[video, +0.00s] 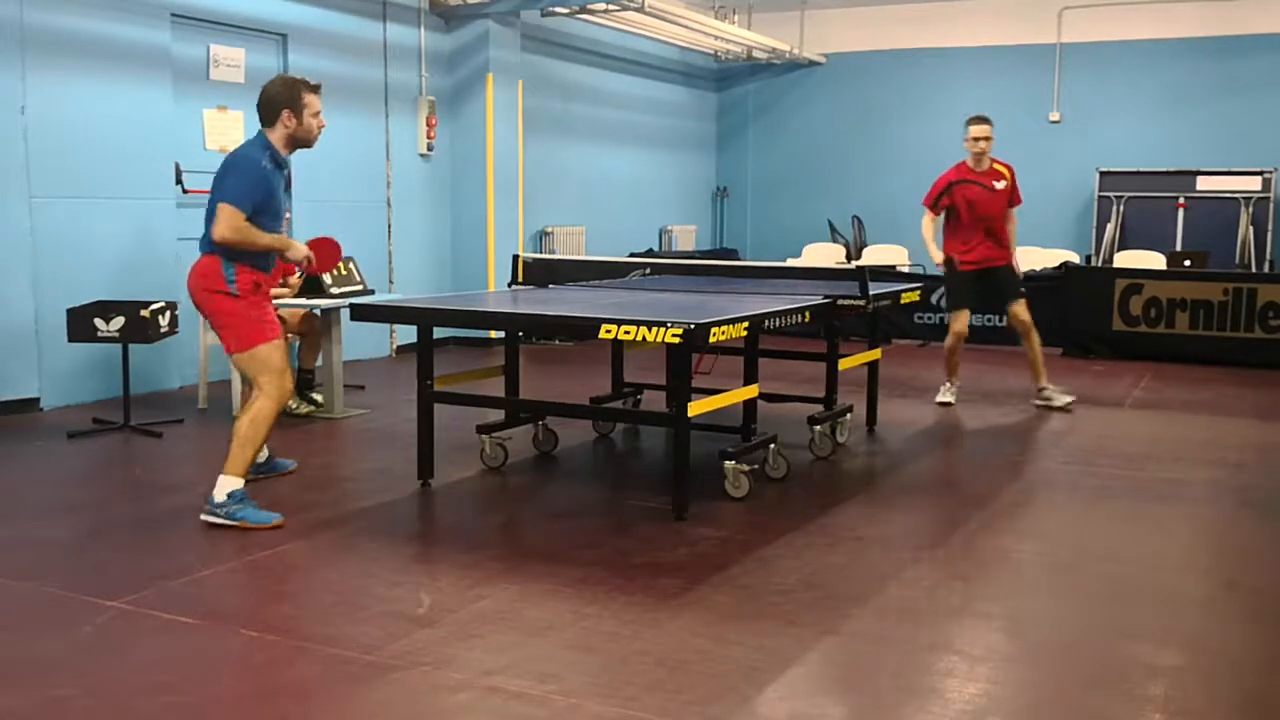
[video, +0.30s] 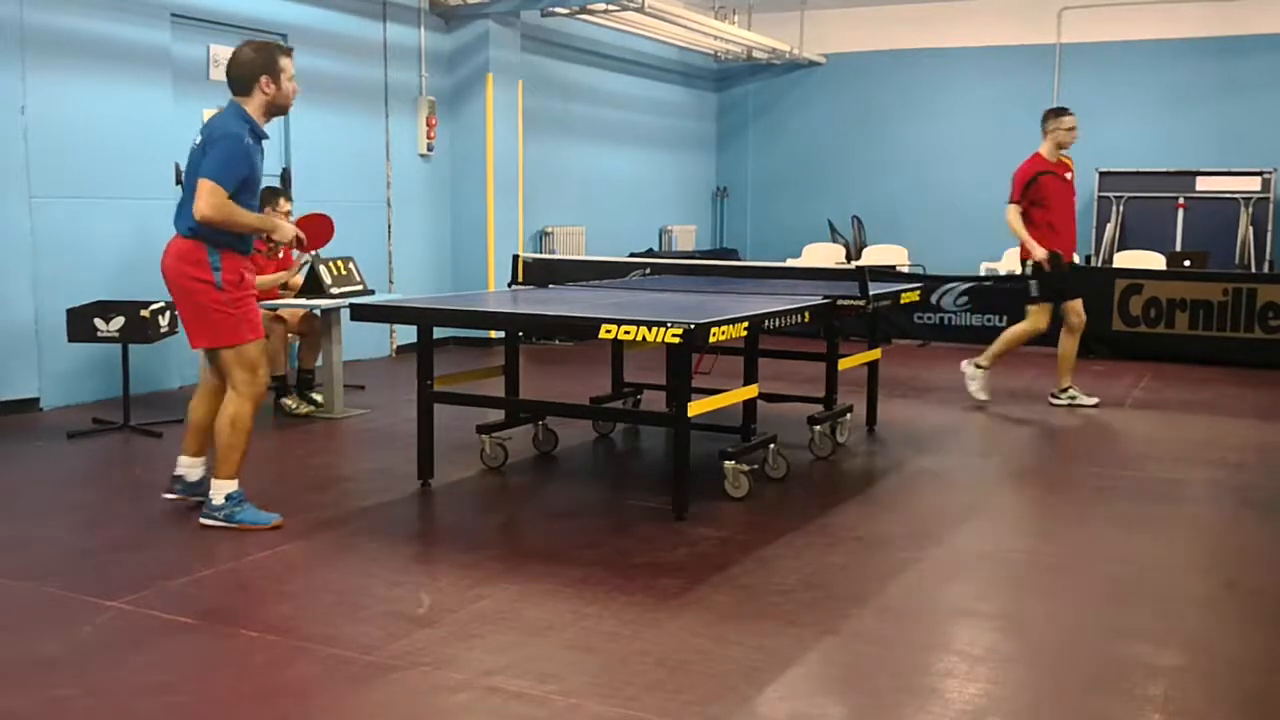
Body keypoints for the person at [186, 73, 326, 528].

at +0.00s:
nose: (322, 123)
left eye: (320, 114)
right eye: (315, 115)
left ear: (287, 118)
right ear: (288, 118)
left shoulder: (276, 163)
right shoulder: (249, 162)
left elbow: (259, 228)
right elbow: (225, 230)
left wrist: (281, 263)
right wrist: (285, 243)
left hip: (246, 278)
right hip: (223, 279)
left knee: (273, 366)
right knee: (276, 386)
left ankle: (252, 456)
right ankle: (225, 495)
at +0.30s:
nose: (296, 87)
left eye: (294, 78)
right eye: (289, 79)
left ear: (258, 84)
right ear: (266, 84)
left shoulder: (237, 128)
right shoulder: (234, 134)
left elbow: (220, 206)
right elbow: (208, 207)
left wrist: (270, 222)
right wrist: (268, 225)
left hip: (201, 259)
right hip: (208, 262)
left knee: (217, 375)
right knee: (249, 379)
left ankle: (188, 475)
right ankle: (224, 498)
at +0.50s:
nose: (259, 73)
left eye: (256, 64)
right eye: (253, 65)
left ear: (215, 73)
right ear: (231, 72)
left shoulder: (186, 118)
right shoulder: (210, 125)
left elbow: (201, 202)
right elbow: (206, 205)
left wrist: (257, 211)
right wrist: (264, 210)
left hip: (166, 256)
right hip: (200, 261)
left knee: (180, 376)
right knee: (231, 380)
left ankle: (113, 479)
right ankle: (221, 499)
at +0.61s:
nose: (237, 74)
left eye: (235, 65)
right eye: (232, 65)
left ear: (191, 73)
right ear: (210, 72)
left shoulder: (157, 120)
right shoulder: (198, 126)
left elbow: (180, 199)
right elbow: (199, 203)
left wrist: (243, 207)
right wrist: (251, 208)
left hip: (142, 256)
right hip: (183, 259)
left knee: (149, 381)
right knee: (225, 379)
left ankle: (98, 498)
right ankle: (221, 499)